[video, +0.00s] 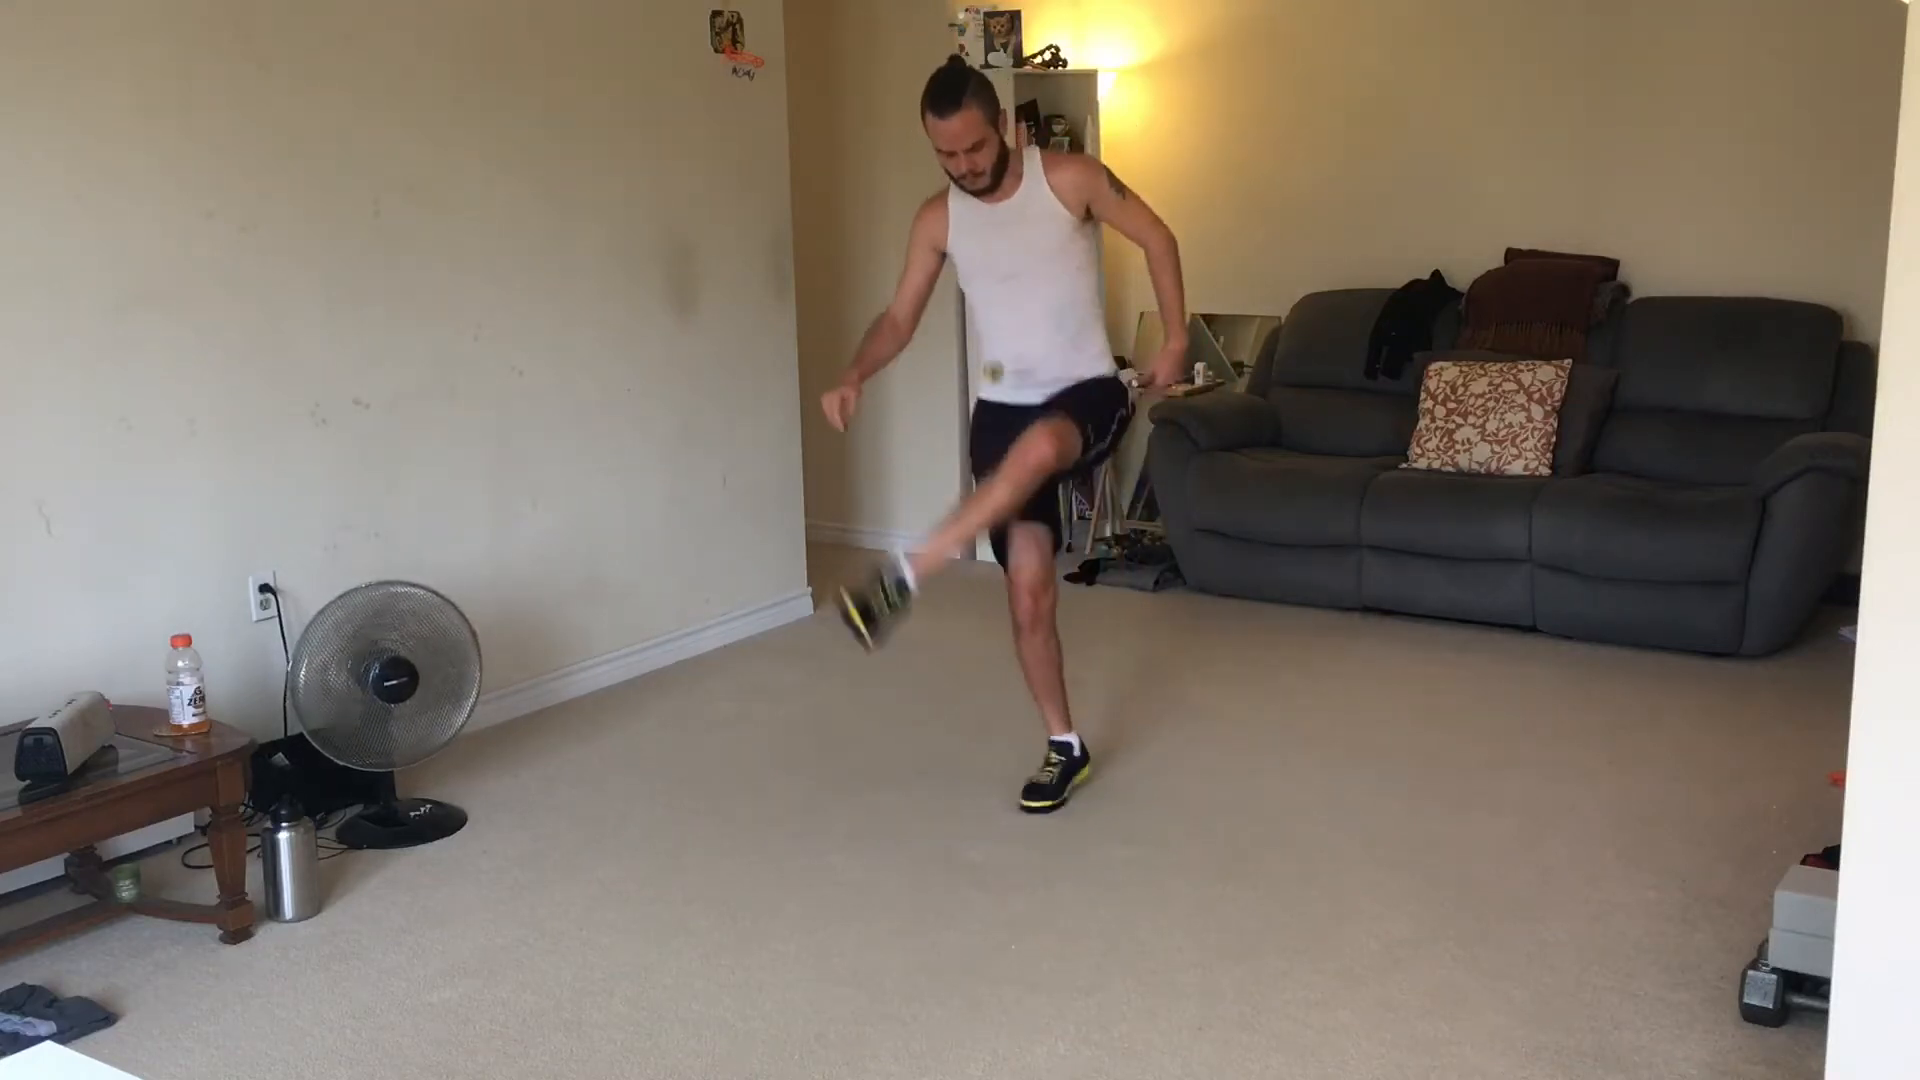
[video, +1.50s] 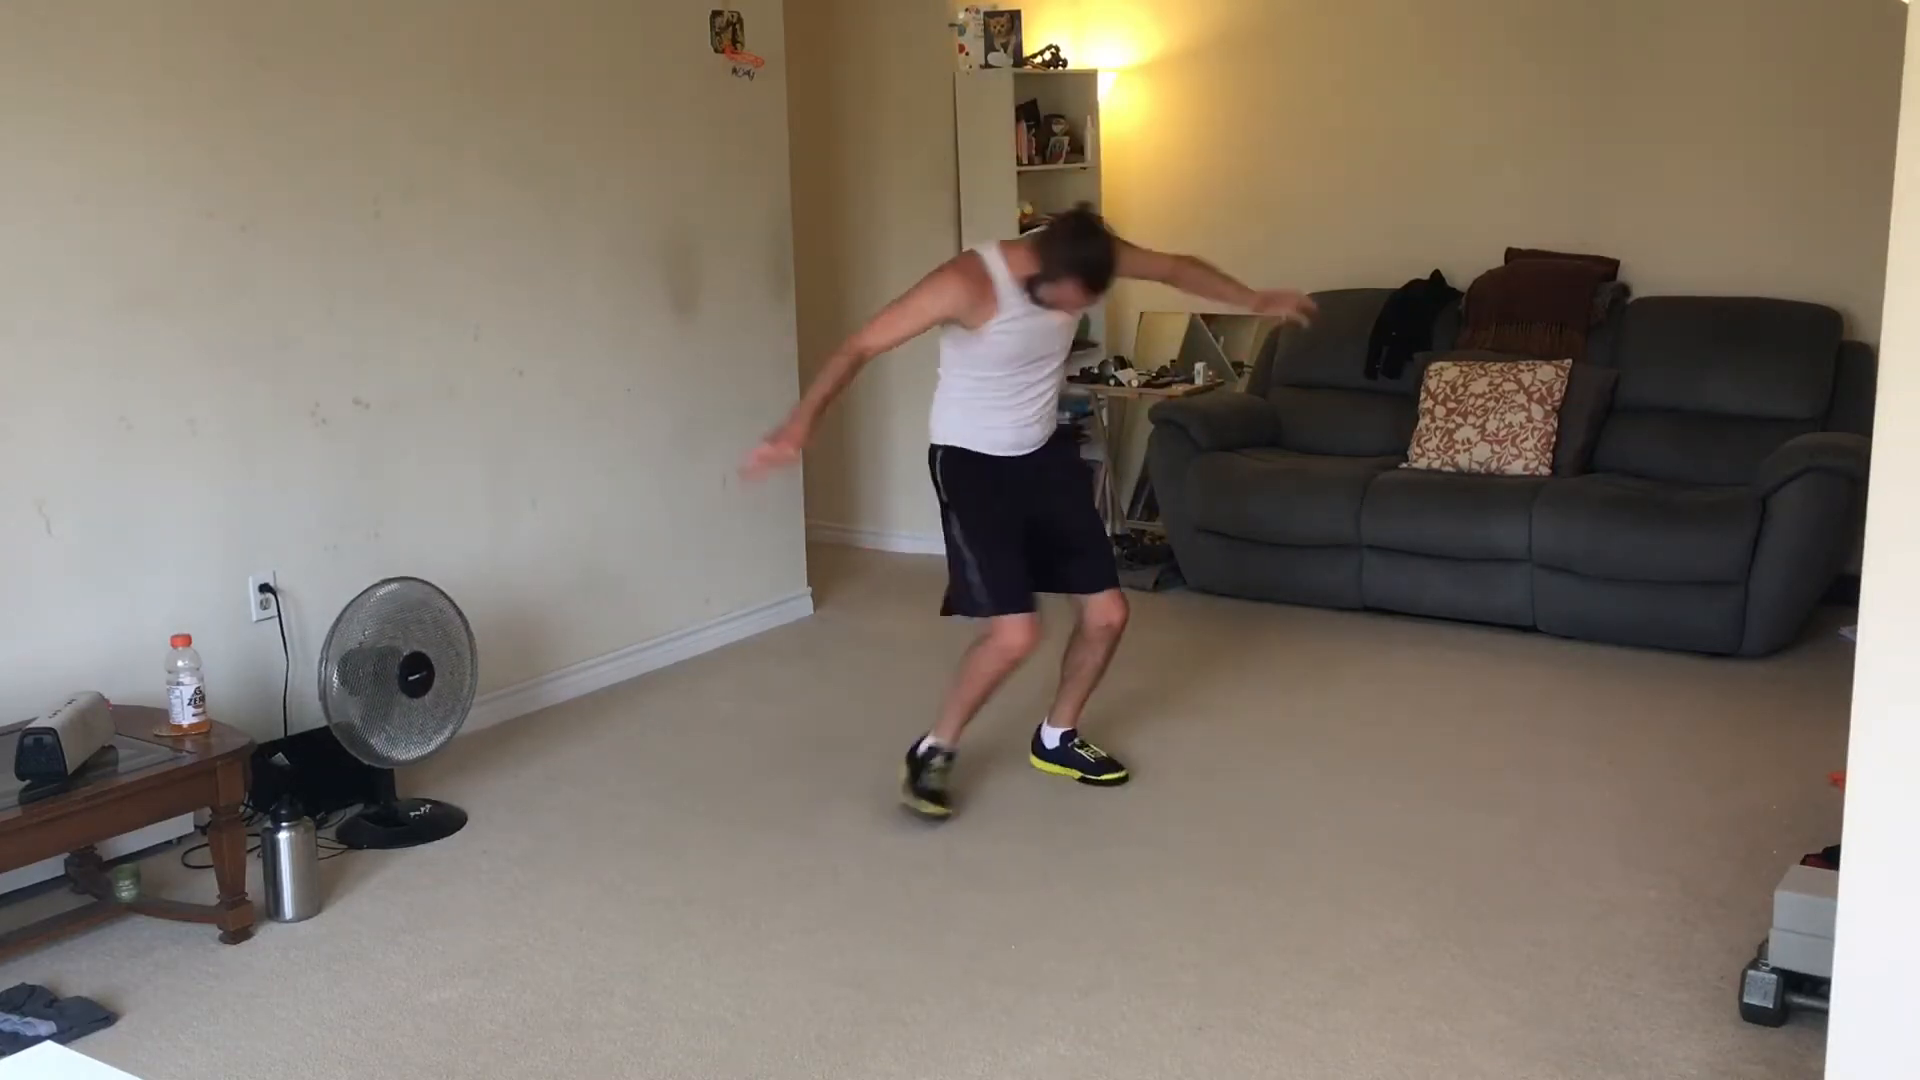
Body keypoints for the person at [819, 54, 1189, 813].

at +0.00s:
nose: (963, 166)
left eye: (975, 148)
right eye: (947, 154)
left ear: (1003, 123)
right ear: (932, 143)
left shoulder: (1071, 177)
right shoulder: (940, 218)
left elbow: (1159, 240)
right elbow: (899, 319)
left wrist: (1176, 339)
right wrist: (853, 376)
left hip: (1090, 389)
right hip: (1002, 406)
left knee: (1040, 448)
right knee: (1029, 594)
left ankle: (903, 579)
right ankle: (1064, 746)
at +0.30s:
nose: (986, 161)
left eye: (999, 146)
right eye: (973, 149)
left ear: (1030, 122)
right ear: (957, 134)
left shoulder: (1085, 166)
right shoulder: (948, 200)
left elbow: (1199, 207)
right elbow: (901, 281)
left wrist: (1151, 298)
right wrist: (912, 337)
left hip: (1099, 399)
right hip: (1013, 416)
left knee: (1105, 539)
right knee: (1037, 601)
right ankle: (1064, 741)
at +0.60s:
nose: (996, 257)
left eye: (1007, 243)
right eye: (983, 246)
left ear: (1038, 209)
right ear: (969, 224)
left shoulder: (1098, 212)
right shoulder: (965, 275)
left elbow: (1191, 236)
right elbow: (903, 363)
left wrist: (1161, 339)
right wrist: (889, 447)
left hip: (1127, 447)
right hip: (1041, 463)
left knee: (1186, 587)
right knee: (1084, 624)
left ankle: (1033, 629)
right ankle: (1093, 772)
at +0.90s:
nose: (1016, 241)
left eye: (1029, 227)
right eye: (1003, 228)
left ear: (1059, 198)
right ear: (986, 208)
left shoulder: (1107, 213)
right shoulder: (977, 269)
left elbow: (1207, 211)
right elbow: (906, 357)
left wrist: (1228, 266)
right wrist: (896, 450)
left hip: (1088, 460)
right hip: (1022, 467)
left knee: (1123, 633)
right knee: (1098, 635)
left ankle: (974, 731)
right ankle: (1093, 775)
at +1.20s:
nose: (949, 195)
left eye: (958, 177)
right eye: (932, 187)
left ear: (982, 150)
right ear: (913, 175)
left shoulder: (1043, 178)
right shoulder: (917, 246)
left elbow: (1150, 163)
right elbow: (843, 335)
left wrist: (1258, 161)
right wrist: (832, 392)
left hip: (1073, 428)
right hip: (991, 444)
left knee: (1127, 598)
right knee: (992, 626)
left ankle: (1009, 585)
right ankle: (930, 752)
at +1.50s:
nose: (1071, 313)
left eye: (1082, 305)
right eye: (1064, 302)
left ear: (1089, 271)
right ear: (1038, 266)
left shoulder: (1086, 254)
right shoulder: (967, 282)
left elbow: (1174, 269)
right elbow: (858, 347)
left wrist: (1256, 300)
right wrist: (797, 426)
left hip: (1046, 453)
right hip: (970, 462)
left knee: (1106, 611)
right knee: (1015, 632)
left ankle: (1057, 739)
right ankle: (934, 750)